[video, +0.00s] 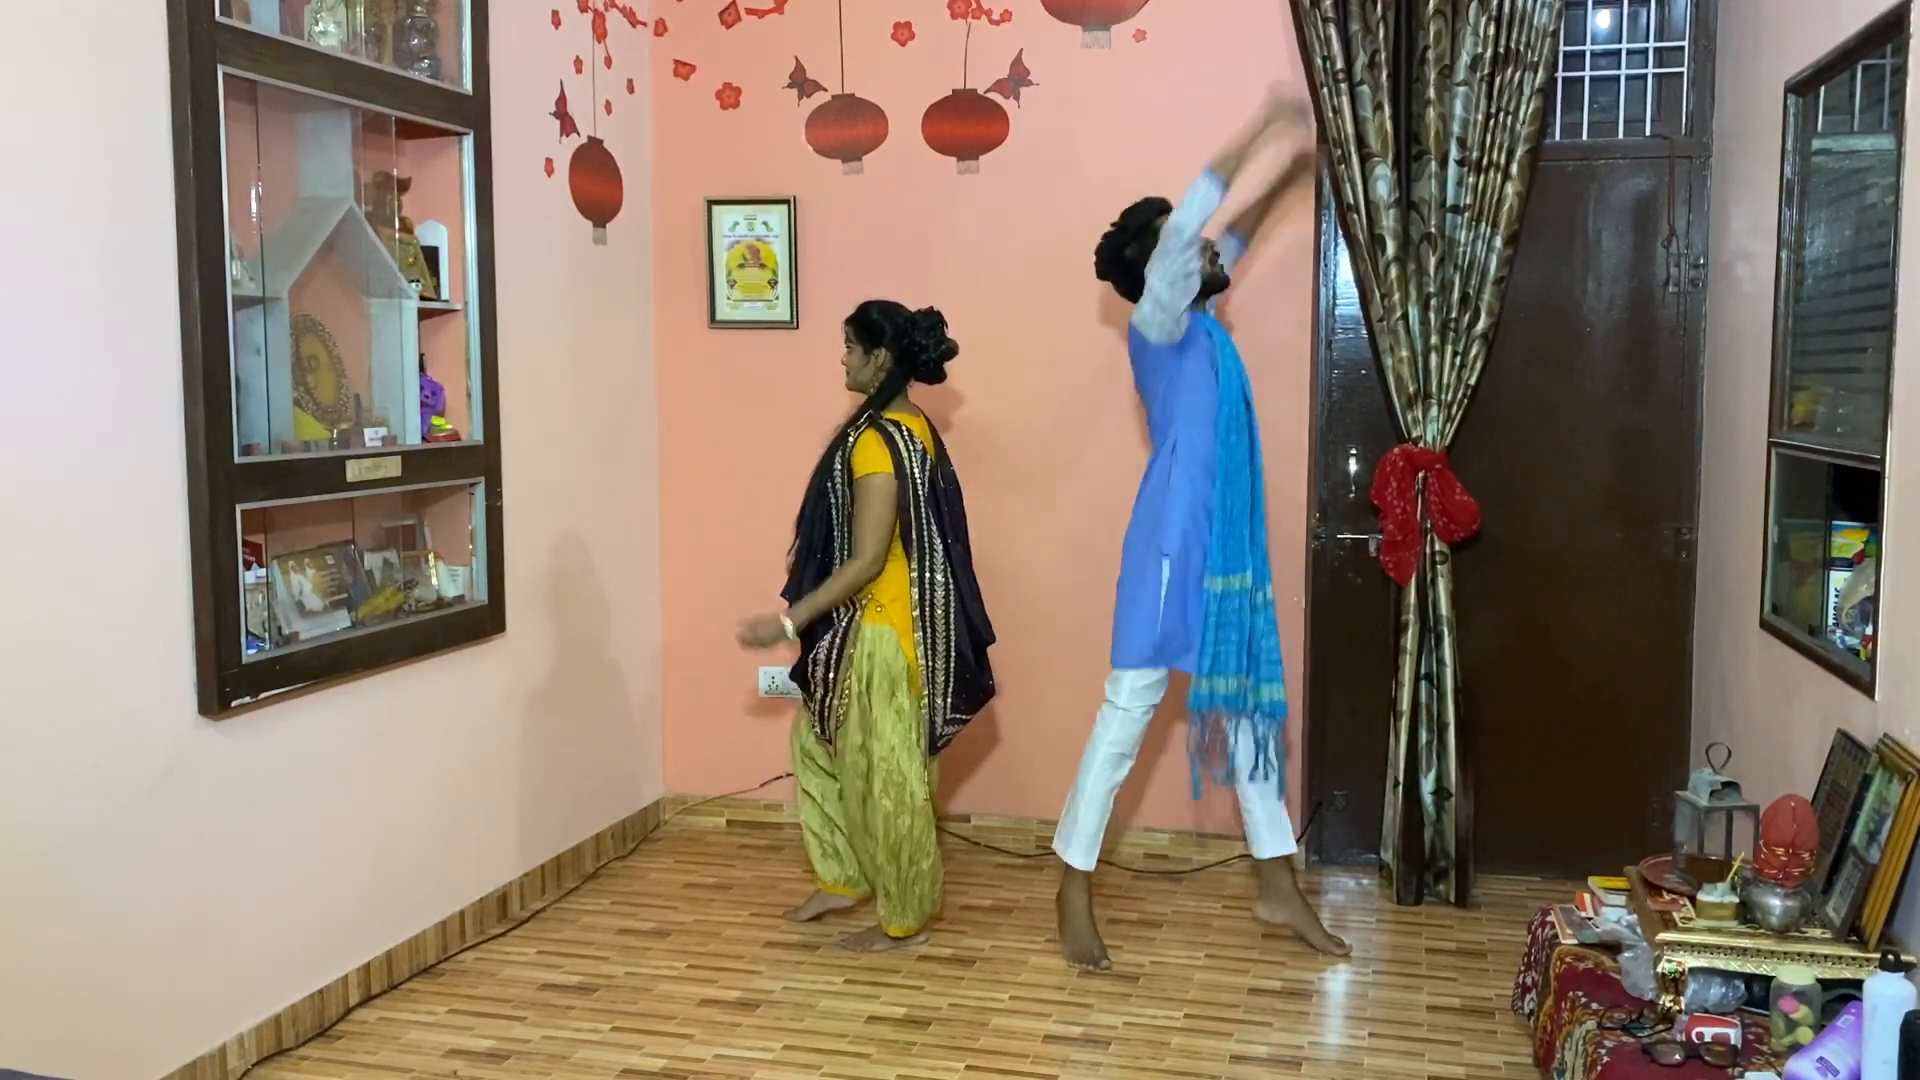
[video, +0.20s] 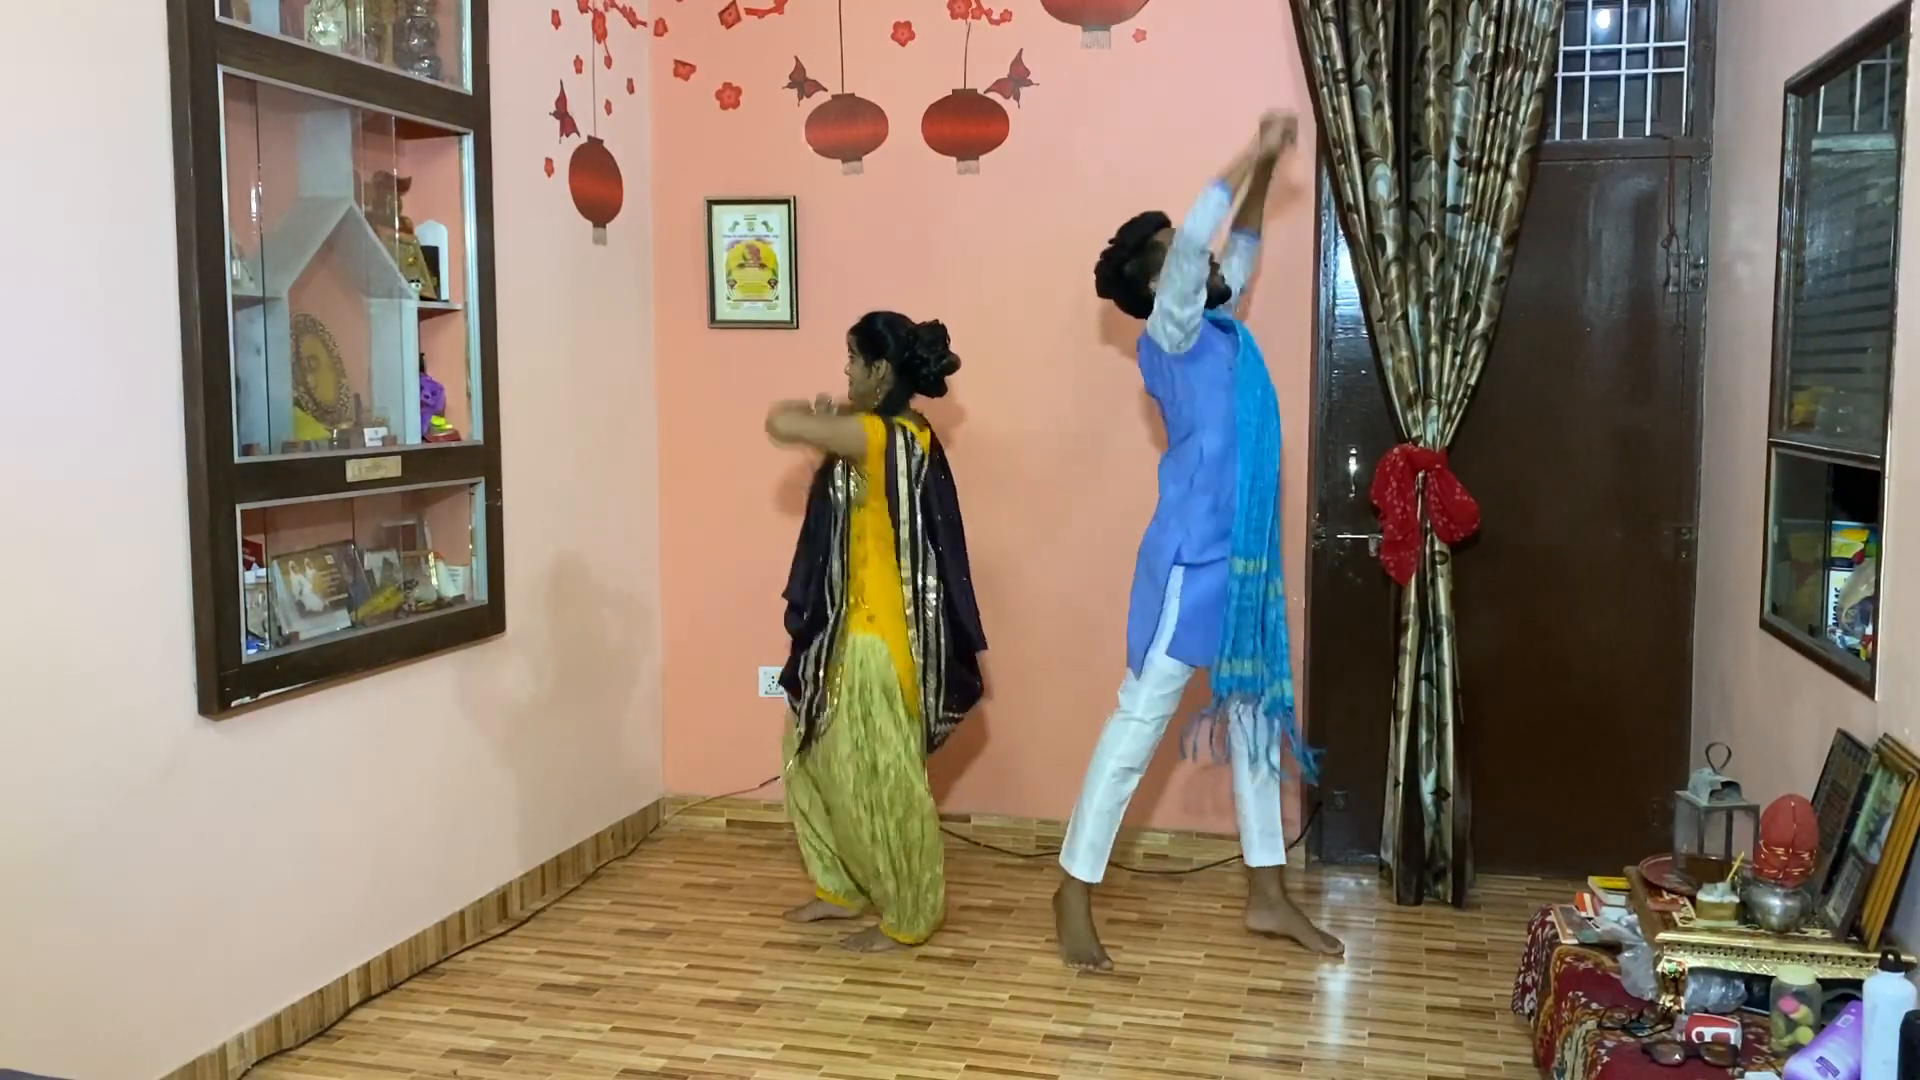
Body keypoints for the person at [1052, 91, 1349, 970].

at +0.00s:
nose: (1205, 255)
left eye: (1198, 246)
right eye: (1190, 248)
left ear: (1175, 270)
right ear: (1155, 269)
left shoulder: (1201, 321)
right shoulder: (1158, 326)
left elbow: (1234, 225)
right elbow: (1177, 230)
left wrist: (1288, 157)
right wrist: (1255, 129)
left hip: (1230, 540)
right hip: (1170, 539)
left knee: (1253, 700)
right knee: (1131, 707)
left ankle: (1278, 880)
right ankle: (1075, 885)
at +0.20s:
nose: (1202, 251)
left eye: (1192, 242)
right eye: (1183, 245)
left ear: (1164, 274)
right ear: (1155, 274)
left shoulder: (1219, 325)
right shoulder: (1173, 336)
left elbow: (1241, 247)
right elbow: (1191, 247)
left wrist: (1266, 171)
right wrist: (1247, 161)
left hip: (1250, 557)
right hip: (1193, 558)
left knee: (1258, 714)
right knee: (1144, 718)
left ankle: (1268, 890)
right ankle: (1076, 890)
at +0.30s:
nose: (1206, 262)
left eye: (1196, 253)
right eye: (1189, 260)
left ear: (1180, 287)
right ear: (1162, 293)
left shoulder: (1207, 346)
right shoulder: (1164, 353)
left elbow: (1244, 345)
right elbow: (1198, 350)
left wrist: (1267, 323)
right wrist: (1254, 322)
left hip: (1254, 568)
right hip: (1200, 571)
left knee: (1260, 725)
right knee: (1147, 728)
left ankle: (1264, 898)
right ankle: (1064, 890)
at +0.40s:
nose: (1213, 284)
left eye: (1202, 274)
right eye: (1195, 280)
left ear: (1174, 310)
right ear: (1165, 311)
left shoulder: (1218, 385)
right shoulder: (1166, 394)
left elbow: (1221, 495)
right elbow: (1169, 508)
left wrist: (1299, 479)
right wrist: (1280, 478)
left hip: (1251, 598)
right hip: (1194, 601)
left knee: (1288, 738)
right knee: (1165, 763)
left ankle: (1268, 901)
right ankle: (1065, 898)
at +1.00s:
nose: (1266, 325)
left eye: (1262, 313)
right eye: (1252, 315)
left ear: (1228, 328)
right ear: (1208, 332)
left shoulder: (1260, 414)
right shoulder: (1170, 407)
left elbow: (1295, 491)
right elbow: (1166, 496)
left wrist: (1361, 521)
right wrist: (1170, 572)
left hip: (1259, 619)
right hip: (1186, 615)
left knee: (1313, 757)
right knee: (1158, 787)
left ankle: (1268, 902)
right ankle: (1038, 892)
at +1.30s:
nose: (1191, 364)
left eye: (1207, 350)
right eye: (1184, 353)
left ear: (1252, 357)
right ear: (1179, 360)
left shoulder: (1278, 452)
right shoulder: (1162, 447)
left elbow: (1291, 565)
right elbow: (1136, 548)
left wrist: (1339, 654)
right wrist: (1138, 640)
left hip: (1256, 652)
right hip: (1174, 652)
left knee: (1344, 758)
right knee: (1143, 800)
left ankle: (1269, 902)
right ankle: (1101, 906)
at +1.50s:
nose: (1170, 352)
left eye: (1183, 340)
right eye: (1171, 339)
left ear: (1232, 350)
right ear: (1218, 351)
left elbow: (1369, 522)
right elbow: (1092, 512)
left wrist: (1304, 579)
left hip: (1247, 645)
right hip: (1153, 637)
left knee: (1327, 780)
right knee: (1088, 775)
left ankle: (1271, 903)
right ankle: (1090, 902)